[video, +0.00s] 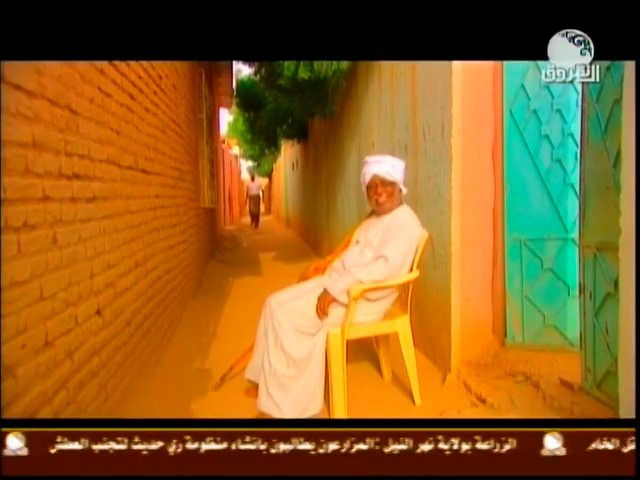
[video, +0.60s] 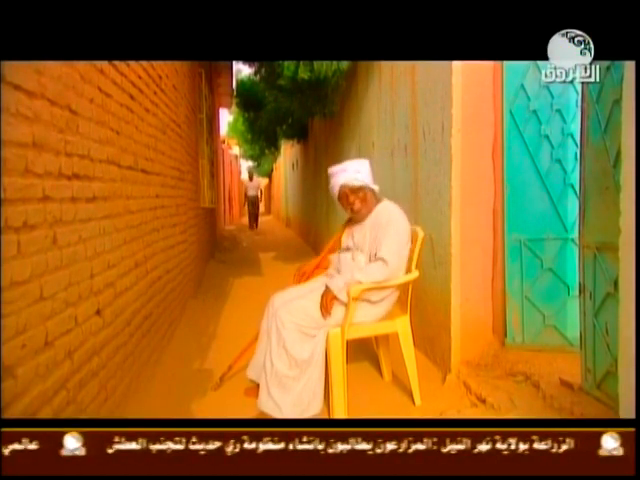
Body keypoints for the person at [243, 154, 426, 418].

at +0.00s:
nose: (379, 192)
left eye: (386, 185)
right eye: (373, 187)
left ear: (400, 190)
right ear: (367, 193)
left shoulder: (405, 223)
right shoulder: (378, 219)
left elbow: (386, 270)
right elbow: (351, 256)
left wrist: (335, 291)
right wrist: (323, 270)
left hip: (363, 300)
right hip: (340, 284)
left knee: (285, 316)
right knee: (275, 304)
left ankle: (289, 406)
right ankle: (265, 377)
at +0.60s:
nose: (352, 203)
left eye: (356, 194)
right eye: (345, 199)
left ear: (369, 190)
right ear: (341, 202)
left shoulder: (391, 217)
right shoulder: (358, 219)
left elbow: (389, 270)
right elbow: (342, 259)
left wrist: (339, 286)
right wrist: (328, 284)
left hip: (369, 300)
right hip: (342, 287)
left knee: (289, 315)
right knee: (278, 303)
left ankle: (289, 406)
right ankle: (269, 379)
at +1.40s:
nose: (321, 217)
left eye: (321, 209)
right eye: (316, 212)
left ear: (335, 198)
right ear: (322, 207)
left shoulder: (368, 217)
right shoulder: (341, 217)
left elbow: (383, 270)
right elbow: (338, 258)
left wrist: (335, 277)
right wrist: (327, 283)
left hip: (366, 297)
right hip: (339, 285)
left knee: (286, 317)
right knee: (275, 304)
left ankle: (289, 406)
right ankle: (266, 380)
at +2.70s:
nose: (339, 192)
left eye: (346, 186)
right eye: (339, 185)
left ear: (365, 190)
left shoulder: (386, 217)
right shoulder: (361, 215)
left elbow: (388, 271)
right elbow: (347, 256)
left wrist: (339, 286)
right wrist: (327, 277)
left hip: (368, 301)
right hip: (342, 288)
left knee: (288, 317)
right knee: (277, 304)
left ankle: (290, 406)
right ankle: (267, 379)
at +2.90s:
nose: (346, 194)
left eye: (351, 188)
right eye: (346, 187)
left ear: (369, 191)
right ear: (365, 191)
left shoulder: (391, 218)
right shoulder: (367, 215)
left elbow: (389, 270)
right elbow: (349, 254)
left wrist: (339, 285)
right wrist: (325, 271)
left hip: (368, 301)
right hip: (343, 288)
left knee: (289, 317)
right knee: (277, 304)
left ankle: (288, 406)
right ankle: (267, 379)